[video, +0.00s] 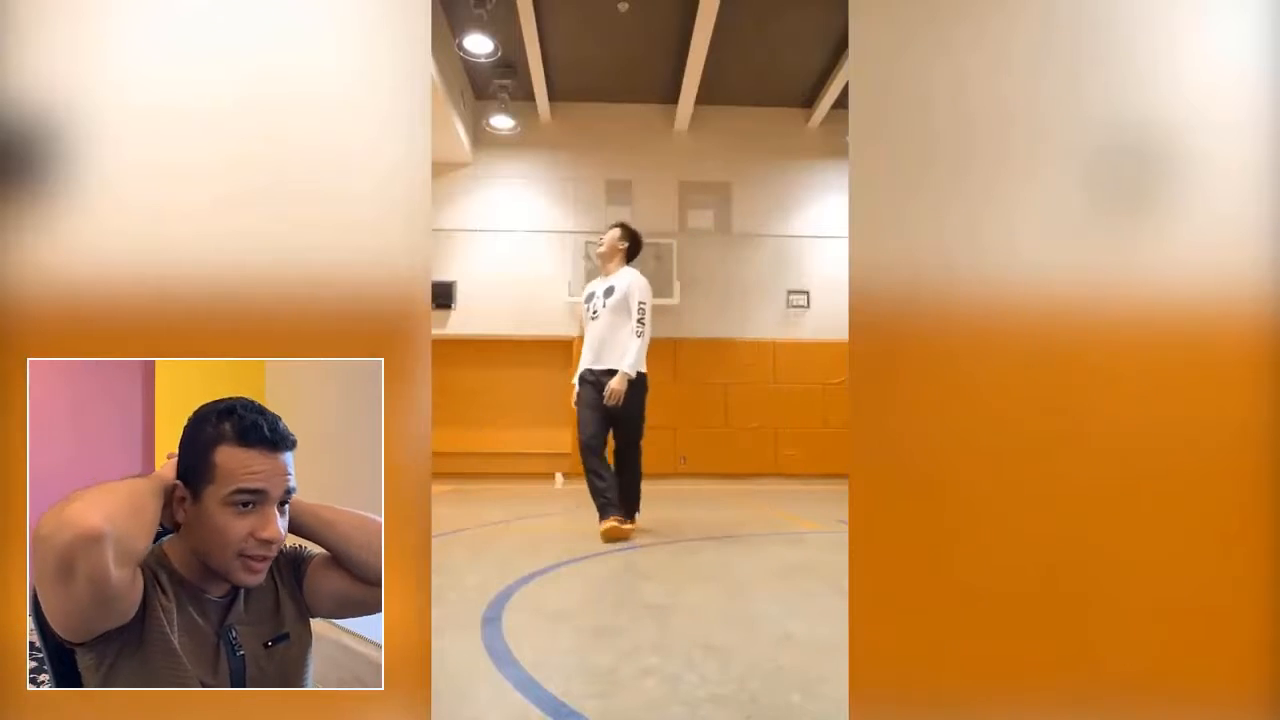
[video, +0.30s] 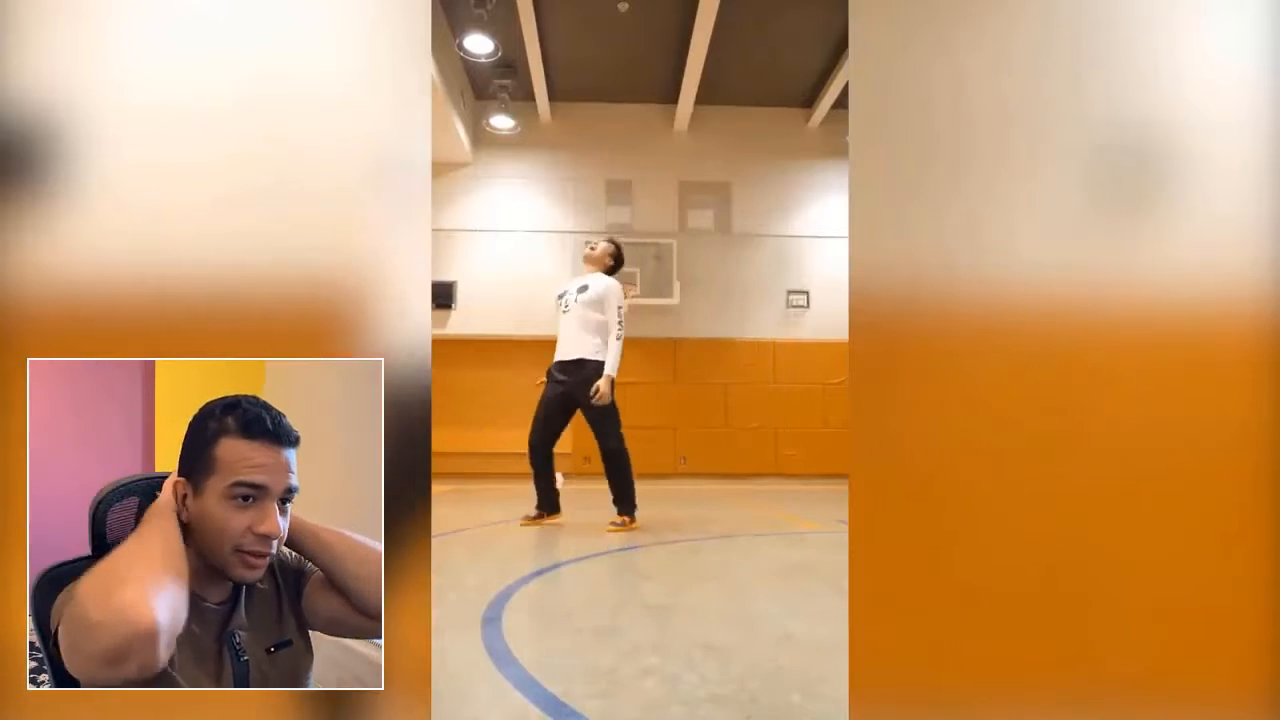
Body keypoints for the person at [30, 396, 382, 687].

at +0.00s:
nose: (273, 533)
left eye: (284, 503)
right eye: (245, 505)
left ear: (288, 504)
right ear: (183, 504)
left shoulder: (287, 580)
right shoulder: (118, 603)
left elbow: (400, 572)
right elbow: (80, 537)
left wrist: (280, 505)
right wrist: (160, 487)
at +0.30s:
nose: (273, 528)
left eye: (284, 501)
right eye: (244, 498)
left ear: (290, 501)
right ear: (184, 497)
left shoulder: (281, 578)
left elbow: (396, 605)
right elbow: (140, 628)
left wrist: (282, 520)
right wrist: (164, 507)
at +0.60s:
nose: (282, 531)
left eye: (293, 503)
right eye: (253, 500)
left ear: (300, 502)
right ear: (190, 499)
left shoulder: (279, 584)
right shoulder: (99, 600)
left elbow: (393, 647)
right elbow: (180, 666)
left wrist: (288, 534)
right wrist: (174, 520)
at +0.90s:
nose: (285, 537)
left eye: (296, 508)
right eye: (256, 507)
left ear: (303, 506)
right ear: (194, 504)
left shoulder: (283, 586)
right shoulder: (100, 602)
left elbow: (394, 648)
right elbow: (174, 675)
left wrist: (292, 531)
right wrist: (176, 527)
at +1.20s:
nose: (289, 535)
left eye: (299, 506)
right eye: (259, 506)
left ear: (307, 502)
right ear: (195, 506)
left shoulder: (285, 593)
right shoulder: (106, 606)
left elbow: (388, 674)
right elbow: (162, 709)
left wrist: (295, 553)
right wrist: (191, 563)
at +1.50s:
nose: (284, 533)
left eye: (295, 505)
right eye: (254, 505)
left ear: (303, 504)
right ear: (192, 507)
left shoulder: (293, 592)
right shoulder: (107, 609)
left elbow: (379, 690)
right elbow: (160, 716)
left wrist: (290, 579)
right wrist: (204, 590)